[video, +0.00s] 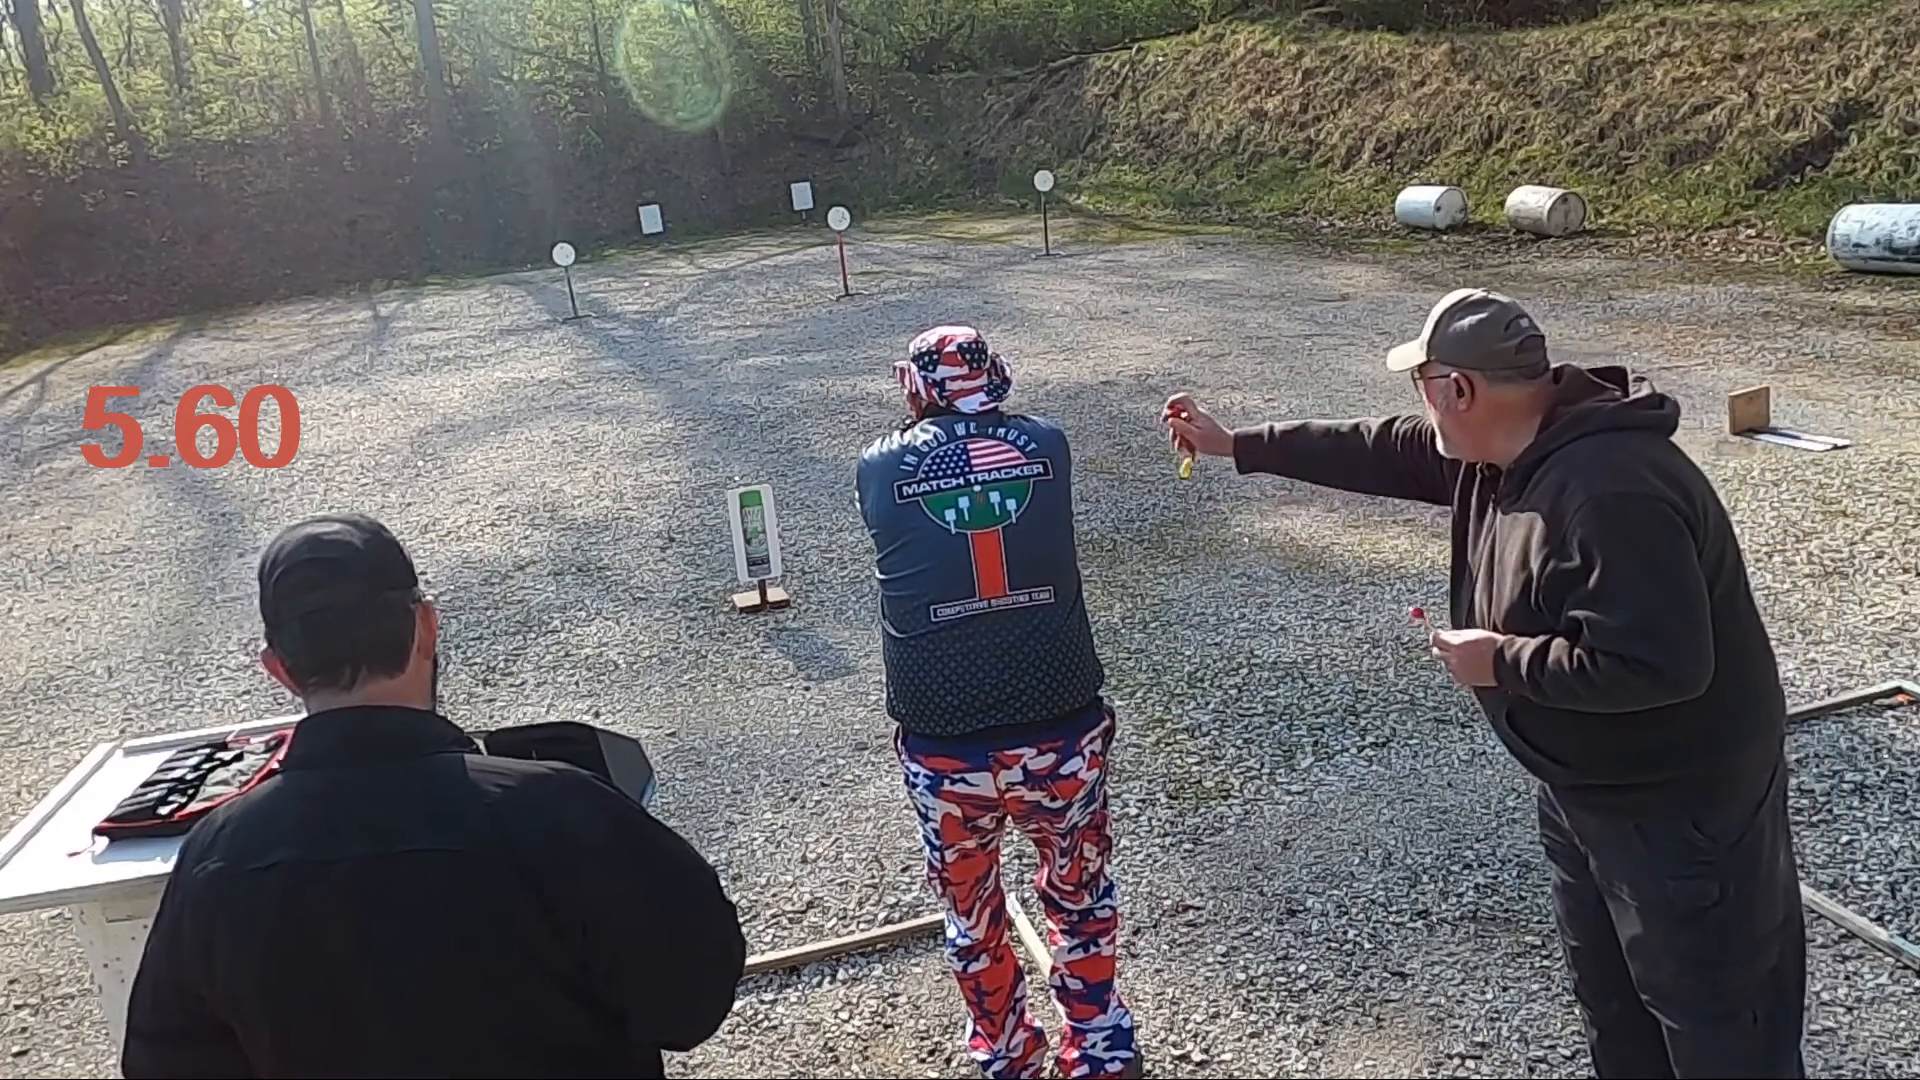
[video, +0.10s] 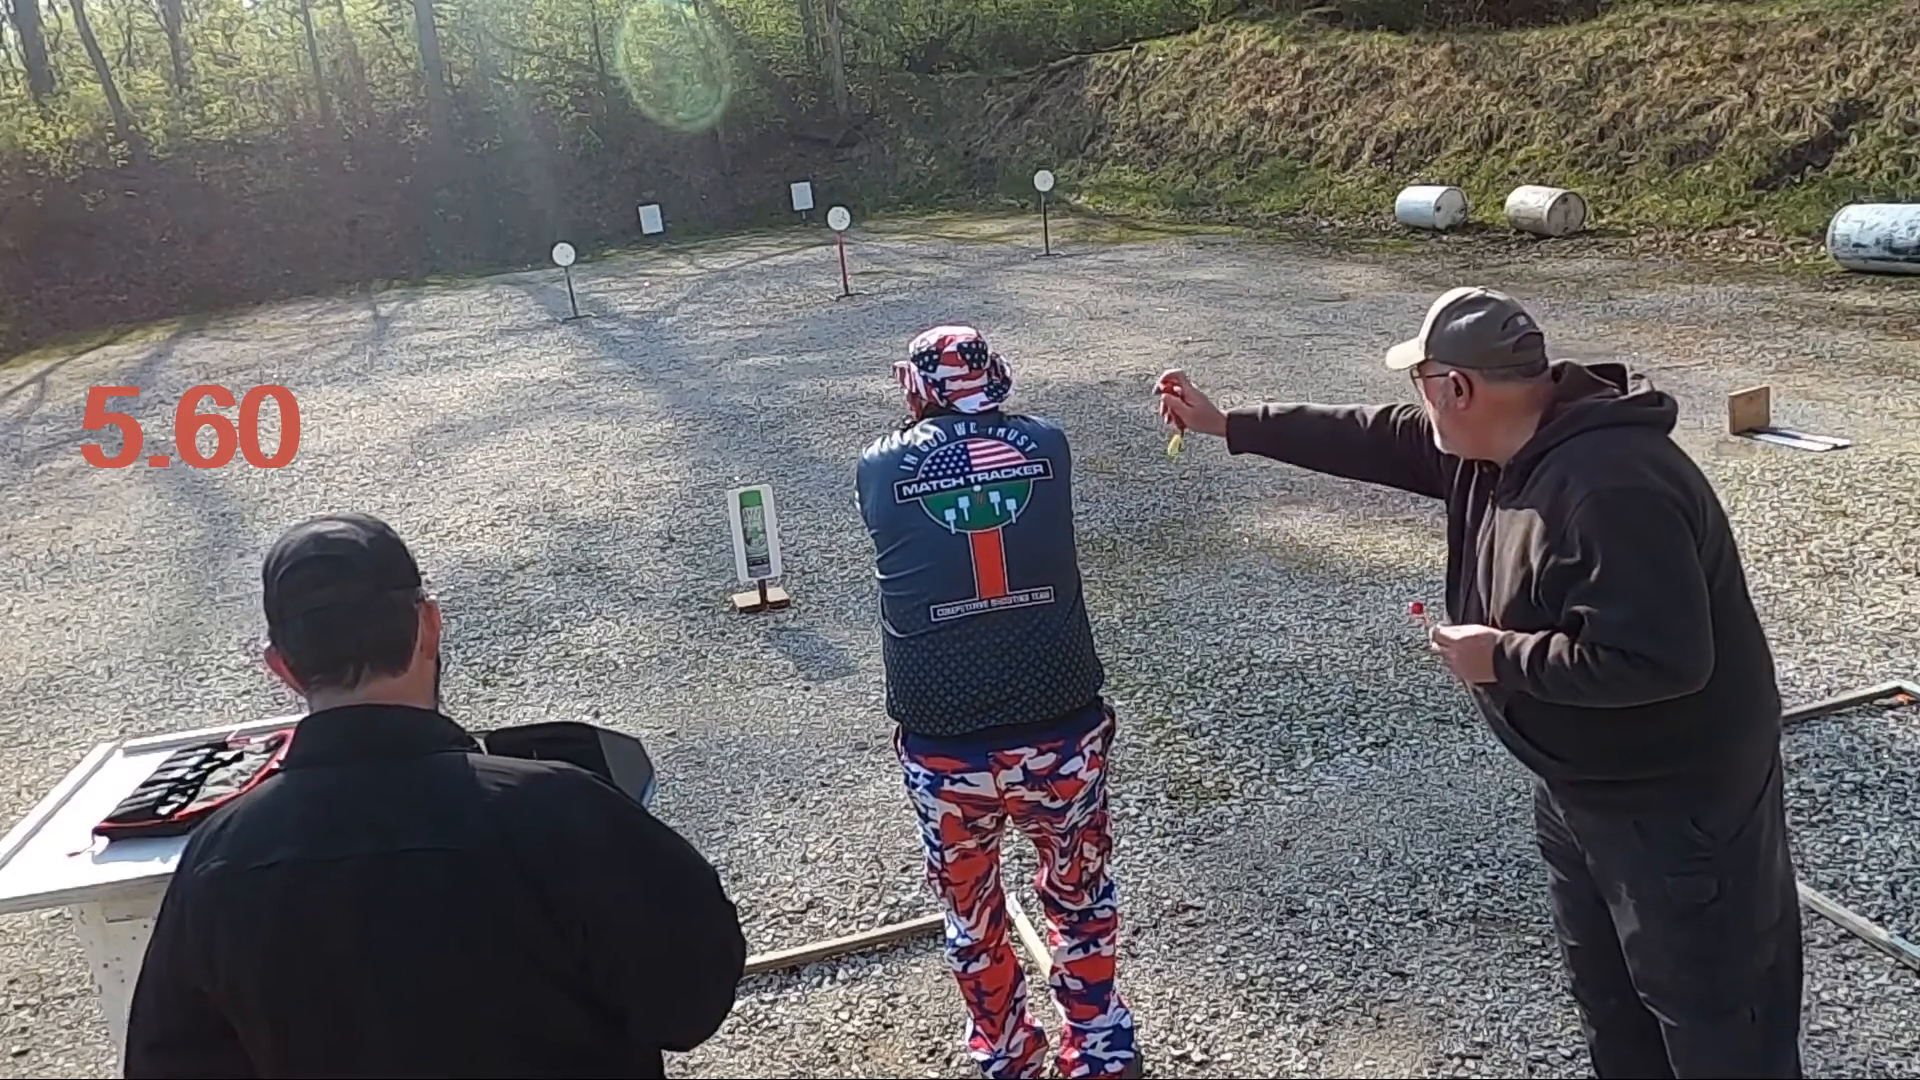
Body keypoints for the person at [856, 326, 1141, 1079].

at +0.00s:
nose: (905, 398)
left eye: (907, 389)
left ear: (916, 397)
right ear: (996, 389)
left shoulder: (878, 470)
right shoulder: (1046, 442)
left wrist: (929, 419)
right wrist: (945, 414)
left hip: (944, 748)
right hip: (1062, 734)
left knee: (972, 907)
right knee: (1080, 896)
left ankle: (1006, 1058)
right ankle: (1102, 1056)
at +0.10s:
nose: (905, 398)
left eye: (907, 389)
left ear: (916, 397)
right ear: (996, 389)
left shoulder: (878, 470)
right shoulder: (1046, 442)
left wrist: (929, 419)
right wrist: (944, 414)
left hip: (944, 748)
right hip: (1062, 735)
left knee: (972, 907)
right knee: (1080, 896)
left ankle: (1005, 1058)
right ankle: (1102, 1056)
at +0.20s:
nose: (906, 398)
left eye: (908, 389)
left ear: (917, 398)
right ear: (996, 389)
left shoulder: (879, 470)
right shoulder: (1046, 443)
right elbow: (989, 451)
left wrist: (926, 418)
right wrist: (942, 413)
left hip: (944, 749)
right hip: (1062, 735)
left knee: (972, 907)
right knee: (1080, 896)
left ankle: (1005, 1058)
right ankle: (1102, 1056)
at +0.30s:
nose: (905, 398)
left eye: (908, 389)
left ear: (916, 398)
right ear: (996, 389)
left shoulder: (878, 469)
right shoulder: (1045, 443)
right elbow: (989, 452)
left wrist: (927, 420)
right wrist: (942, 413)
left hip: (944, 749)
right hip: (1062, 735)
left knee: (972, 908)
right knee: (1080, 896)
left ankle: (1005, 1058)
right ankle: (1102, 1056)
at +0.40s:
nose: (904, 399)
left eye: (906, 390)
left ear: (916, 397)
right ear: (996, 389)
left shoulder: (878, 469)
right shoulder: (1045, 443)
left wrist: (930, 422)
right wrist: (944, 416)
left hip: (944, 749)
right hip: (1062, 735)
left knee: (972, 907)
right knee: (1080, 896)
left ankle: (1005, 1058)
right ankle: (1102, 1056)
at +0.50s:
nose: (902, 400)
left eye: (905, 391)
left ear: (915, 398)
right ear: (996, 389)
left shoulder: (877, 470)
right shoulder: (1045, 443)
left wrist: (931, 423)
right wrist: (946, 418)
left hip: (944, 749)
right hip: (1062, 736)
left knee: (971, 906)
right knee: (1080, 896)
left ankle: (1005, 1057)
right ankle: (1102, 1056)